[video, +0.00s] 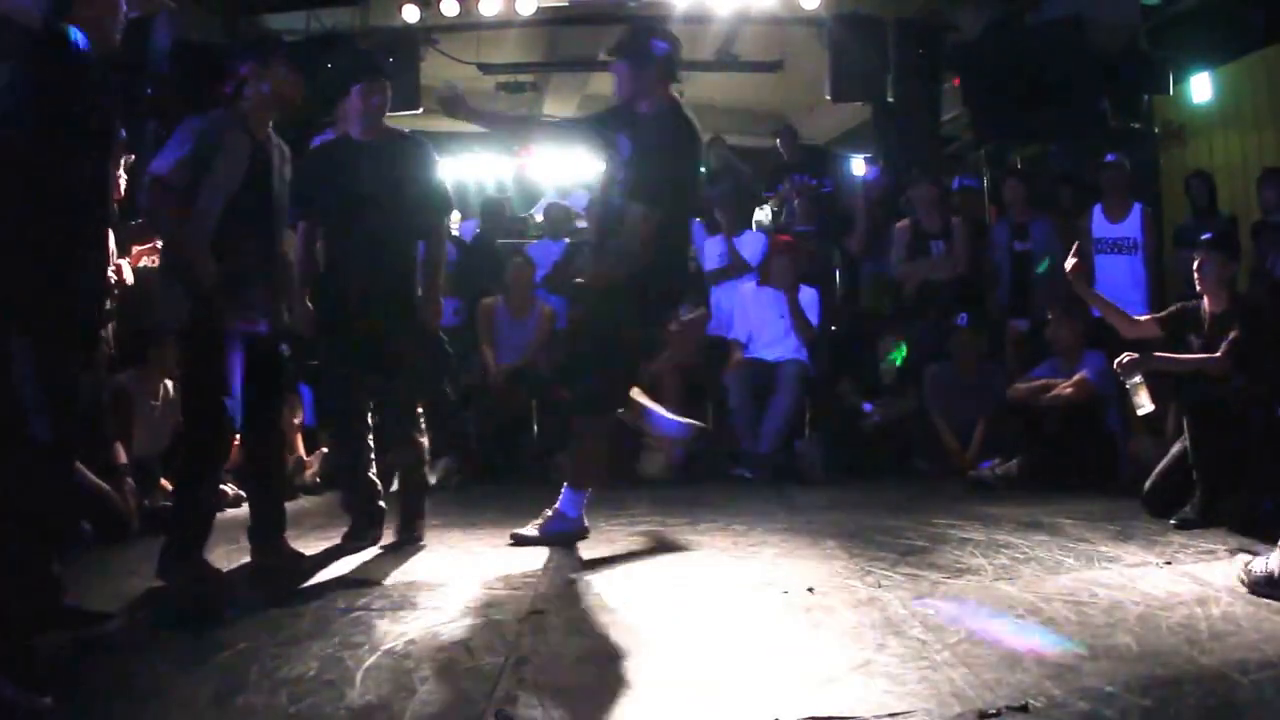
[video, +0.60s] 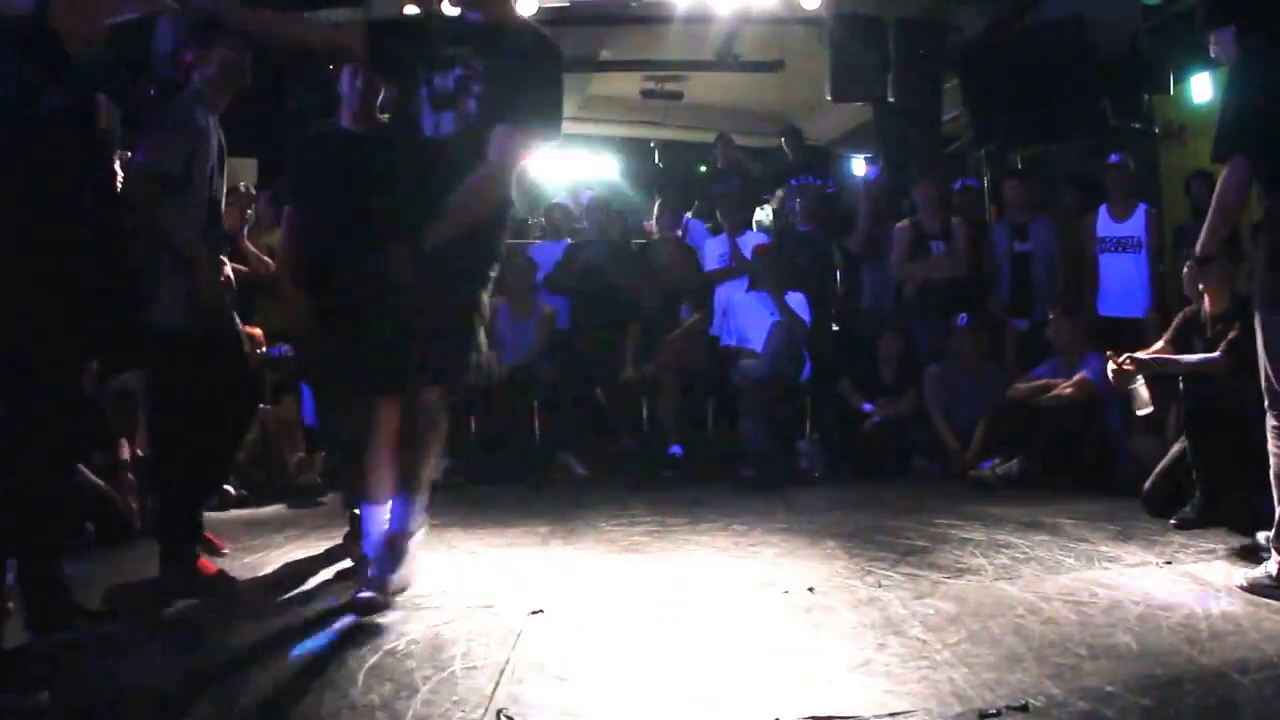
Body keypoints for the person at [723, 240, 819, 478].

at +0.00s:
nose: (784, 267)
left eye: (788, 261)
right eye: (779, 261)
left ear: (796, 265)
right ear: (768, 264)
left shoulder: (807, 295)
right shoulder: (749, 292)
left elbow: (807, 336)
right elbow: (739, 339)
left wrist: (791, 299)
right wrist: (735, 363)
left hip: (789, 358)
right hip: (756, 356)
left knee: (791, 376)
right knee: (735, 378)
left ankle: (764, 454)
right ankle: (748, 451)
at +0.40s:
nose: (769, 270)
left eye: (774, 264)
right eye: (764, 264)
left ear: (784, 268)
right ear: (757, 268)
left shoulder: (797, 300)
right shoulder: (740, 300)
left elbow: (800, 335)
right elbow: (732, 341)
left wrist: (776, 296)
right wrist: (756, 358)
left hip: (788, 357)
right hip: (753, 357)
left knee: (780, 351)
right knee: (743, 367)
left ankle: (764, 435)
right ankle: (746, 439)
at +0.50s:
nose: (770, 270)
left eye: (774, 264)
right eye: (764, 265)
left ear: (784, 267)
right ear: (756, 268)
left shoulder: (796, 300)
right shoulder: (740, 302)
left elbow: (800, 334)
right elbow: (728, 344)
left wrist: (775, 295)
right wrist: (753, 353)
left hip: (788, 361)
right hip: (752, 359)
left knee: (782, 338)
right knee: (746, 366)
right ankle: (752, 447)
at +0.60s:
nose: (766, 268)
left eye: (772, 263)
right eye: (760, 263)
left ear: (782, 266)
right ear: (753, 267)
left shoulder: (796, 299)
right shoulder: (737, 301)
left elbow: (802, 334)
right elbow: (726, 346)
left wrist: (777, 296)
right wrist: (754, 355)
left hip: (789, 366)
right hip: (749, 368)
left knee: (782, 328)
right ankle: (757, 454)